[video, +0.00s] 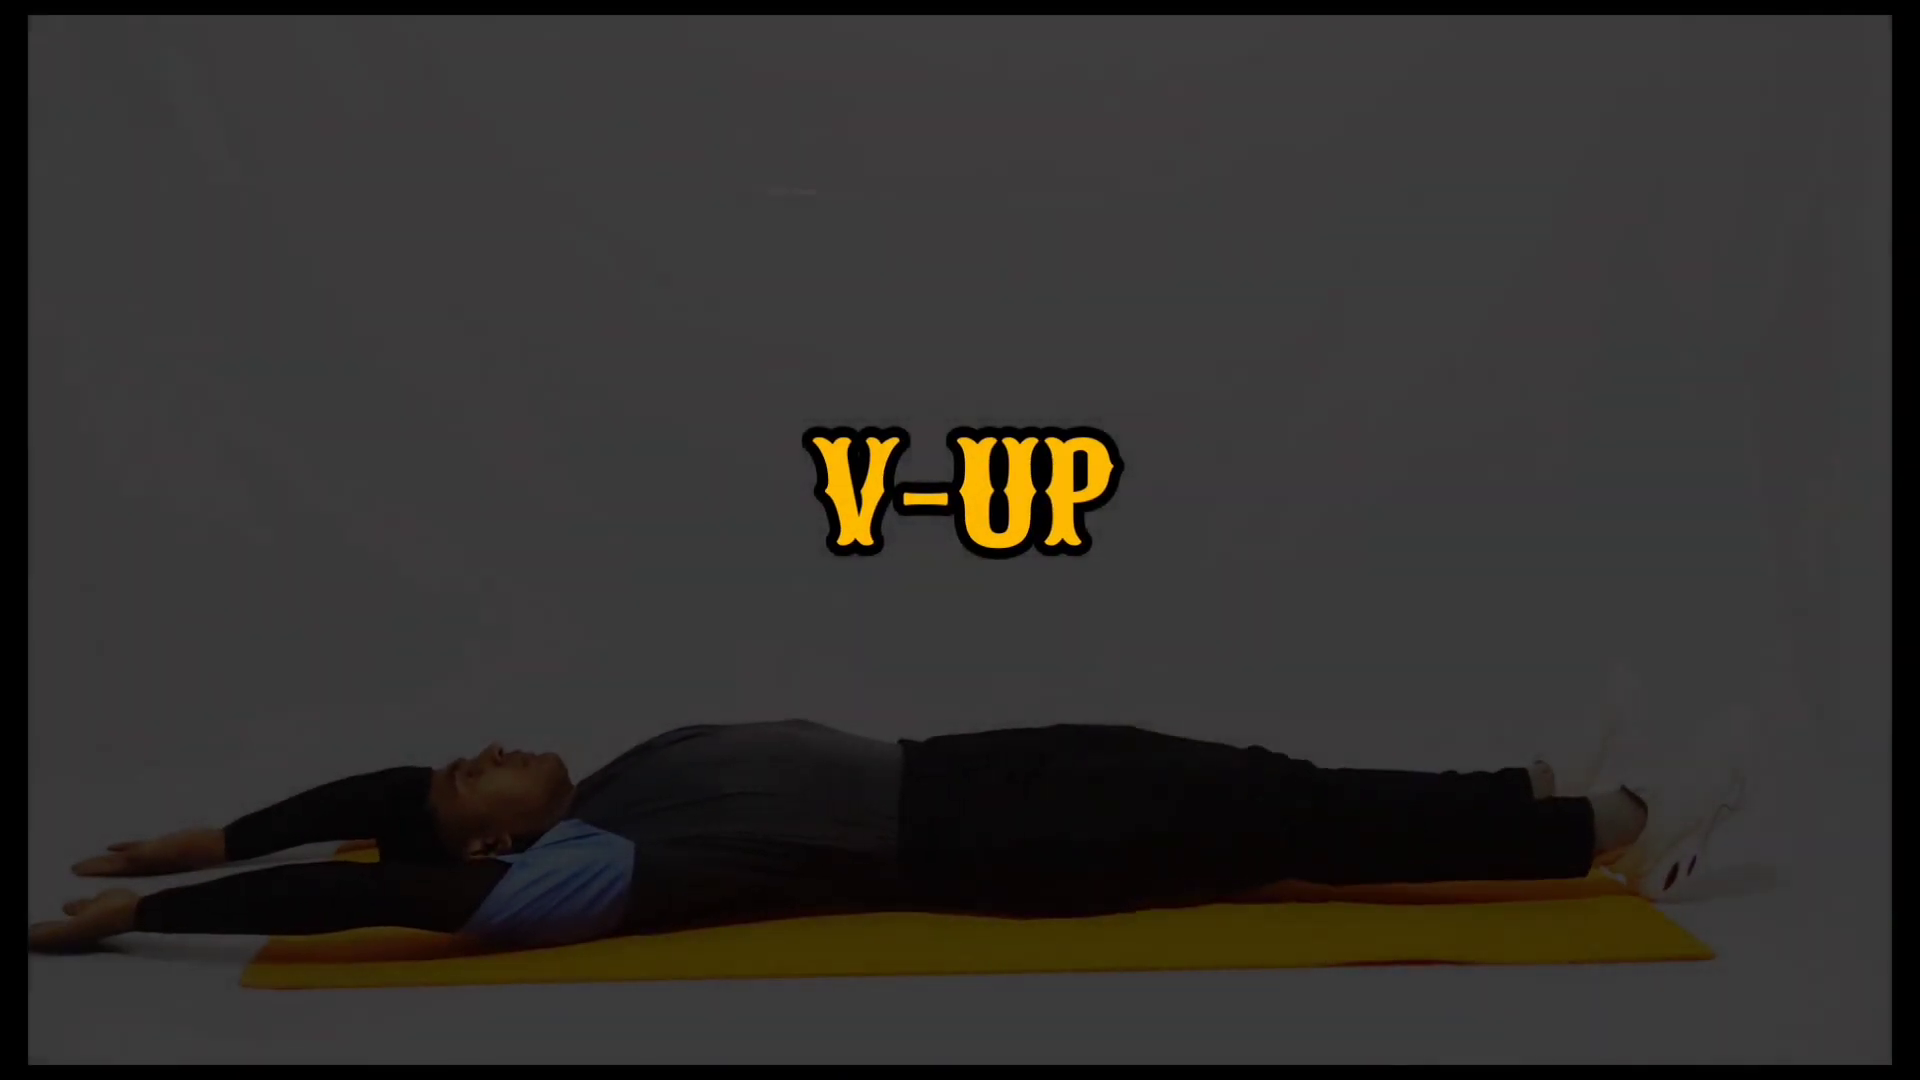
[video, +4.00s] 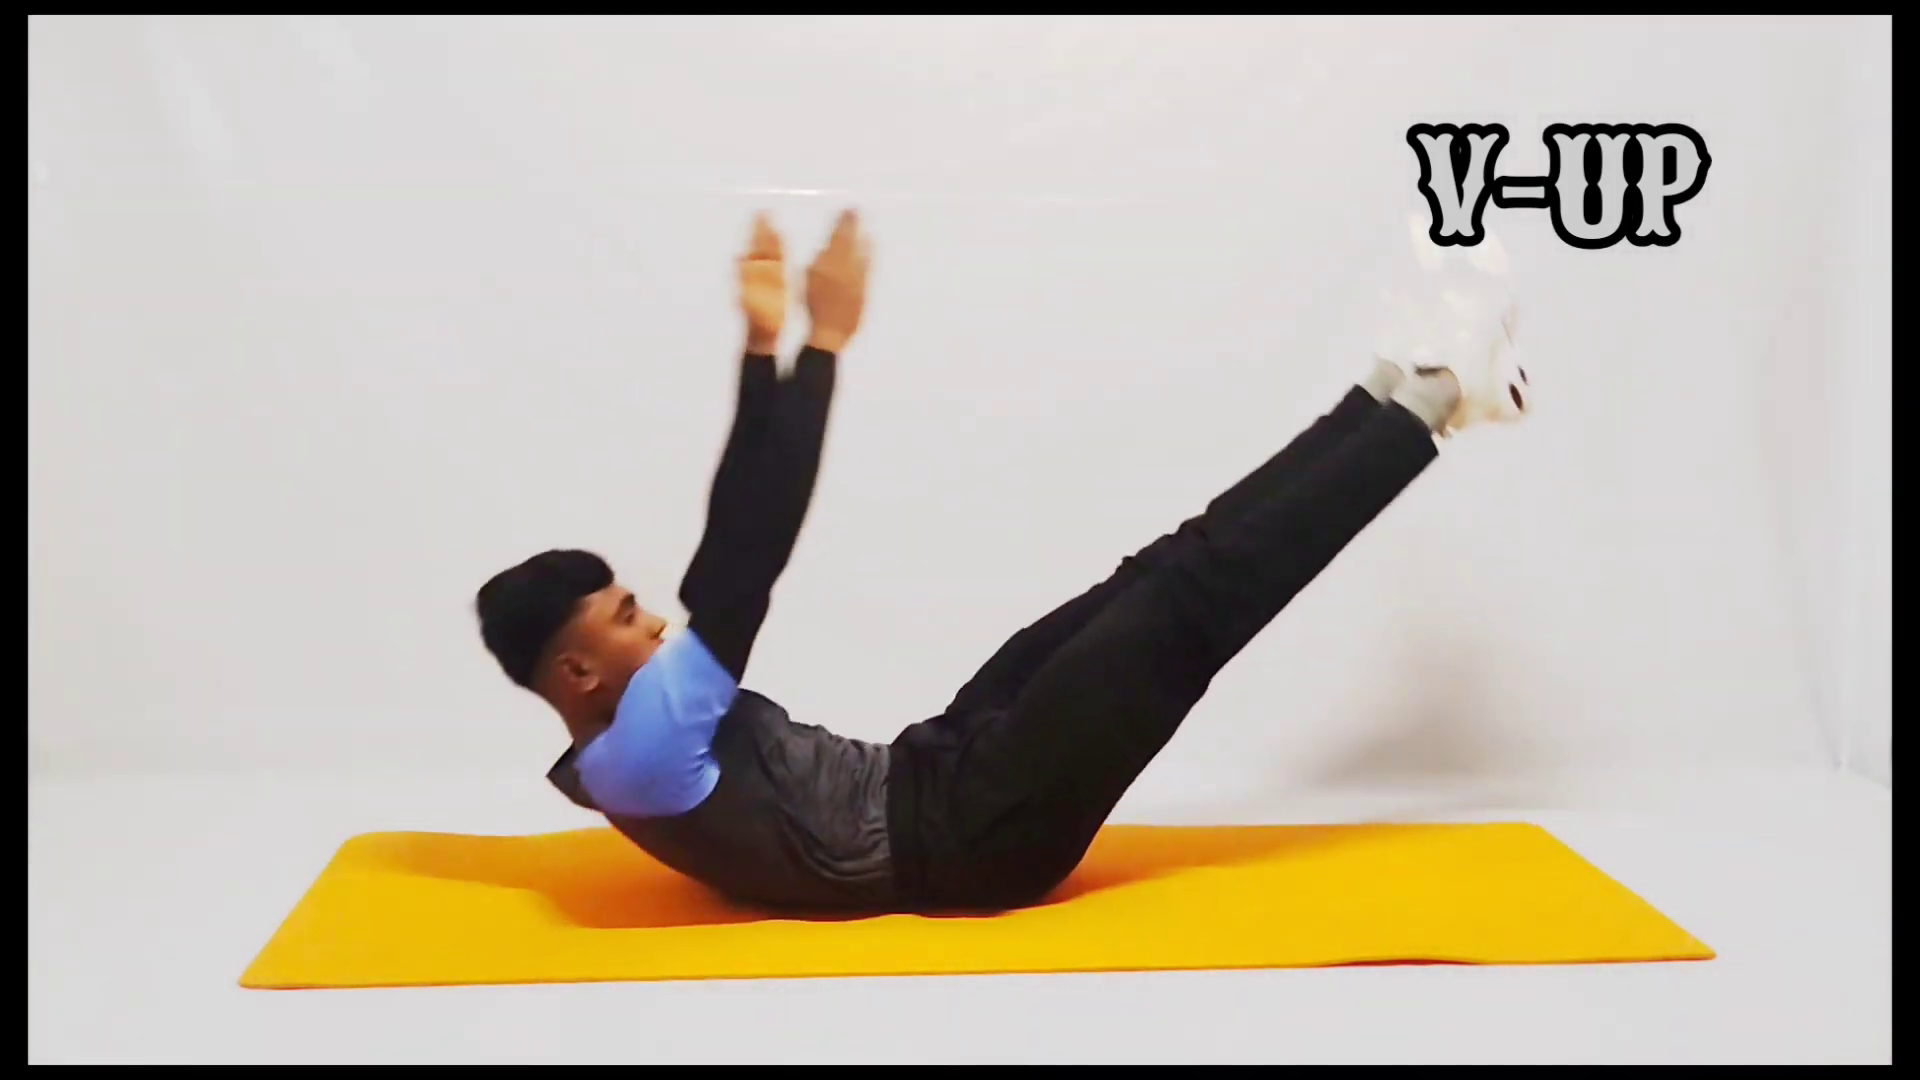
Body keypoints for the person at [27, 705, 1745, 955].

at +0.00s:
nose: (504, 779)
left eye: (488, 771)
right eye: (485, 797)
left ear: (516, 778)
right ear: (489, 845)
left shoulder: (614, 788)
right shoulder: (587, 858)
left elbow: (380, 833)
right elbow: (415, 910)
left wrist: (192, 862)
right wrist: (203, 918)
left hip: (967, 758)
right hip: (956, 826)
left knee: (1240, 766)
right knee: (1245, 817)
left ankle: (1519, 805)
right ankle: (1547, 827)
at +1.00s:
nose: (534, 741)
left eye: (515, 728)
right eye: (505, 754)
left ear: (532, 743)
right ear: (497, 811)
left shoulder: (621, 784)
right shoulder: (602, 852)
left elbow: (397, 741)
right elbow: (501, 850)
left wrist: (208, 704)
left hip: (977, 766)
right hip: (966, 829)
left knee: (1245, 737)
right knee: (1246, 773)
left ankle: (1535, 761)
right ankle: (1553, 784)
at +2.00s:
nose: (647, 585)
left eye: (633, 572)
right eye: (621, 584)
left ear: (586, 638)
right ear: (580, 642)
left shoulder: (632, 706)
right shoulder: (658, 688)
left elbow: (702, 499)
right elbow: (705, 493)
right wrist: (725, 276)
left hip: (940, 796)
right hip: (965, 834)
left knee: (1145, 575)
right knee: (1175, 587)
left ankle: (1374, 369)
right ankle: (1391, 376)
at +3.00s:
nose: (496, 763)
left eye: (473, 759)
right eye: (473, 784)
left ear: (499, 782)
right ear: (478, 842)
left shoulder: (604, 786)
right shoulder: (580, 850)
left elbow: (362, 817)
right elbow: (486, 895)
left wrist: (148, 845)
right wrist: (456, 899)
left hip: (979, 754)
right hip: (958, 824)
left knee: (1258, 757)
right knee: (1250, 811)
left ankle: (1539, 783)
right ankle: (1557, 813)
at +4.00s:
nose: (643, 626)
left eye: (626, 610)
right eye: (616, 621)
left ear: (581, 667)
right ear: (568, 679)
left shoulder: (629, 737)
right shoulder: (653, 729)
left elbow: (730, 548)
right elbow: (748, 551)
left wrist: (762, 357)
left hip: (939, 788)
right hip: (957, 838)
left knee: (1158, 586)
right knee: (1180, 605)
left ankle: (1391, 399)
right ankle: (1415, 411)